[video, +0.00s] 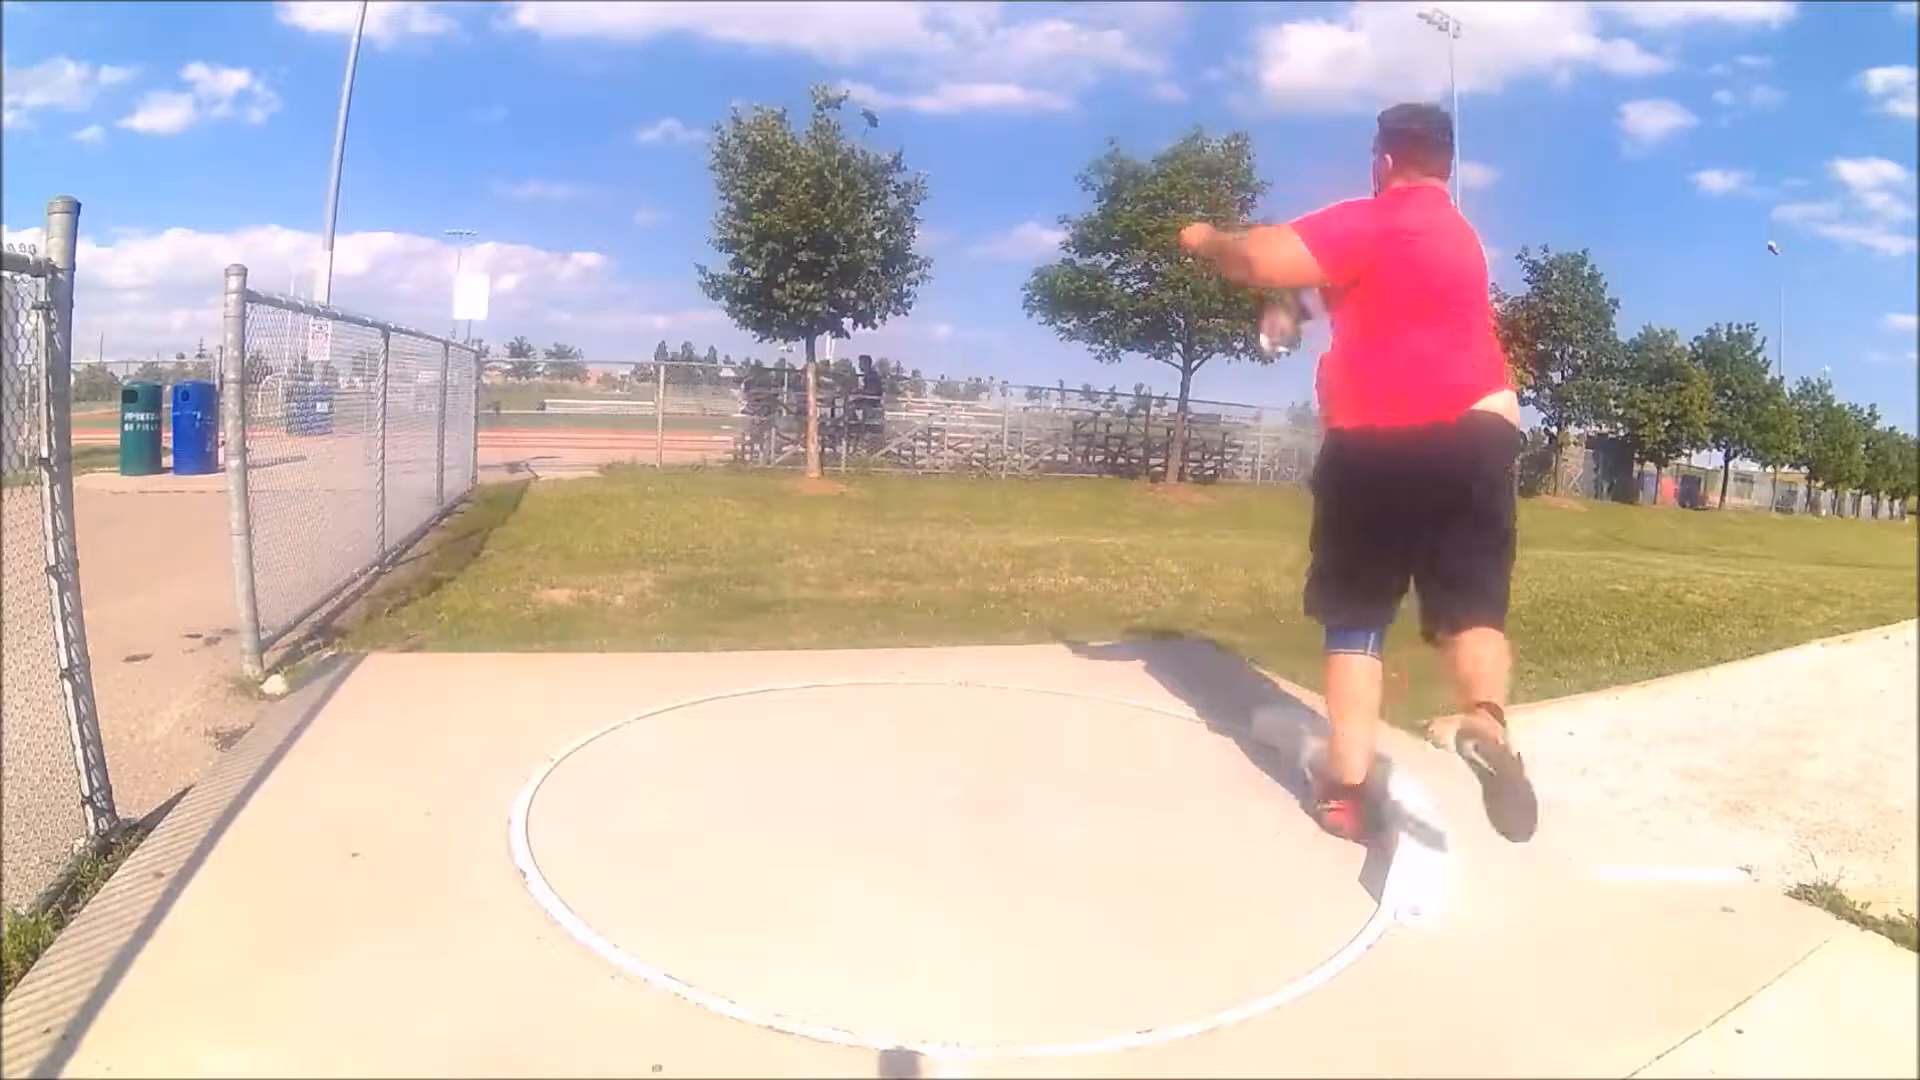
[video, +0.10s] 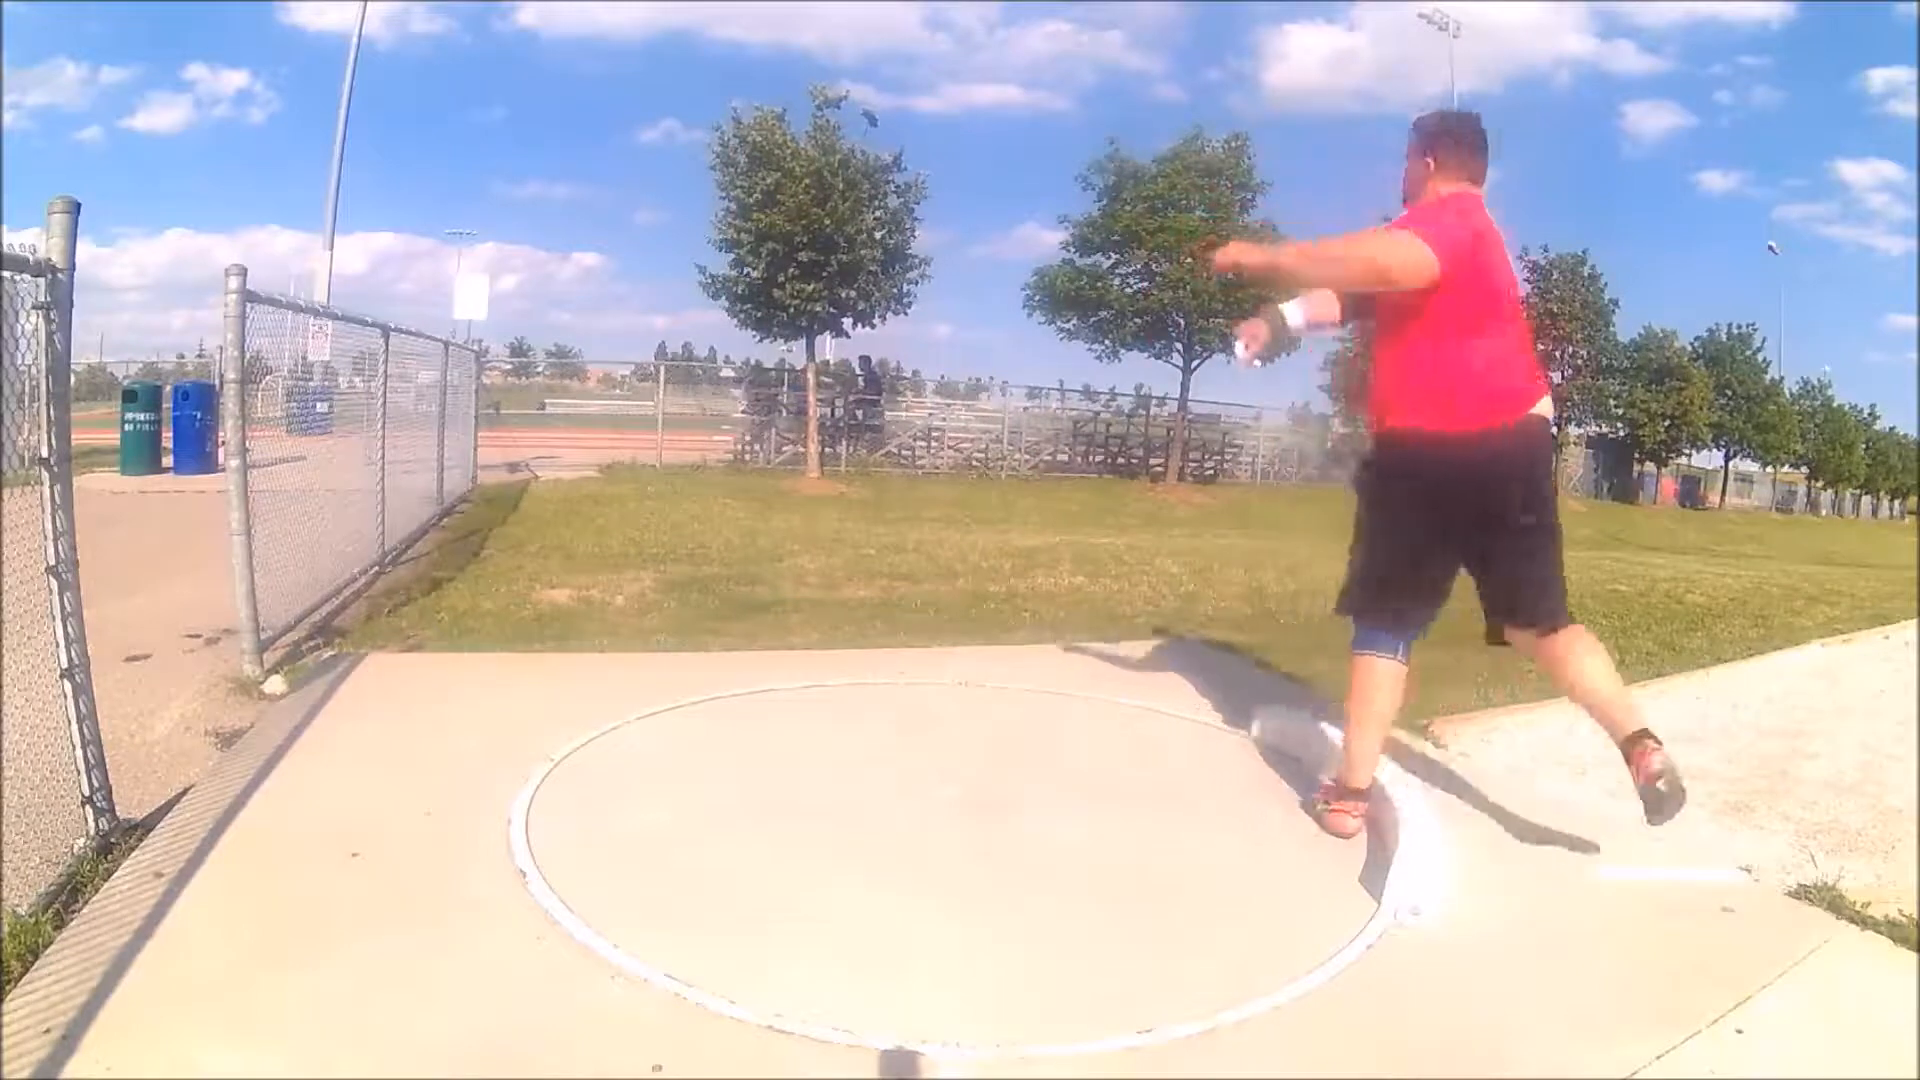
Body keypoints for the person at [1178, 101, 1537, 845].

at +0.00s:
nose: (1375, 169)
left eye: (1376, 159)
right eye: (1381, 160)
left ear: (1384, 161)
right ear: (1447, 166)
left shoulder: (1375, 222)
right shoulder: (1461, 234)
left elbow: (1259, 261)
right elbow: (1369, 278)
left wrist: (1208, 239)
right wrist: (1300, 305)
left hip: (1371, 444)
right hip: (1476, 438)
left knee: (1354, 621)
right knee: (1473, 605)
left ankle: (1350, 795)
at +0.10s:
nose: (1403, 176)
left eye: (1407, 165)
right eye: (1408, 165)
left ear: (1425, 163)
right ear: (1474, 169)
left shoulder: (1448, 220)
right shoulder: (1464, 232)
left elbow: (1391, 264)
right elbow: (1363, 289)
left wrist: (1267, 257)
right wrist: (1283, 317)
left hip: (1420, 453)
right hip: (1514, 447)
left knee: (1385, 622)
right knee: (1540, 616)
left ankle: (1351, 793)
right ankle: (1637, 740)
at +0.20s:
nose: (1441, 190)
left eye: (1447, 177)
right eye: (1444, 178)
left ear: (1471, 178)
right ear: (1506, 182)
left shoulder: (1510, 233)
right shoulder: (1449, 250)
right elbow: (1381, 293)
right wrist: (1306, 301)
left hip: (1468, 464)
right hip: (1552, 464)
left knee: (1415, 632)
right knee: (1581, 626)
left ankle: (1356, 792)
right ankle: (1657, 779)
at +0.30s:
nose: (1487, 206)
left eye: (1494, 193)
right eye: (1489, 193)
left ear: (1526, 195)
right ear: (1536, 197)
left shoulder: (1576, 262)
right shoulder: (1484, 266)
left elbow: (1612, 330)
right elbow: (1422, 287)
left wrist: (1554, 361)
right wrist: (1369, 292)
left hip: (1516, 484)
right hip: (1586, 490)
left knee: (1439, 641)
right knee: (1590, 644)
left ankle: (1361, 794)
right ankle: (1636, 796)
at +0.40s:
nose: (1529, 209)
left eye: (1536, 197)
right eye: (1531, 198)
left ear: (1568, 200)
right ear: (1571, 201)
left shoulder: (1632, 275)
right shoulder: (1522, 265)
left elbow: (1671, 360)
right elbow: (1476, 291)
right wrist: (1446, 297)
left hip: (1547, 476)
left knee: (1461, 622)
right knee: (1607, 640)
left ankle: (1369, 766)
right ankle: (1642, 794)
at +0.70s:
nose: (1606, 214)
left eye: (1607, 204)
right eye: (1613, 205)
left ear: (1616, 199)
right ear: (1666, 204)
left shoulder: (1649, 259)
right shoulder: (1630, 267)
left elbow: (1658, 369)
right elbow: (1560, 306)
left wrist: (1614, 474)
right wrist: (1511, 319)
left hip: (1587, 463)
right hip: (1655, 475)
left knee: (1506, 597)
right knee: (1637, 633)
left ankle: (1423, 736)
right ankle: (1646, 793)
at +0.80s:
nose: (1617, 213)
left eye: (1616, 204)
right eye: (1631, 203)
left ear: (1619, 201)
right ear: (1673, 205)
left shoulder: (1639, 251)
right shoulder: (1666, 262)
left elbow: (1635, 346)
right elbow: (1568, 321)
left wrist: (1576, 459)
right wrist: (1509, 338)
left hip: (1600, 460)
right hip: (1664, 473)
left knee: (1512, 597)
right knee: (1640, 630)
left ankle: (1427, 736)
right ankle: (1646, 792)